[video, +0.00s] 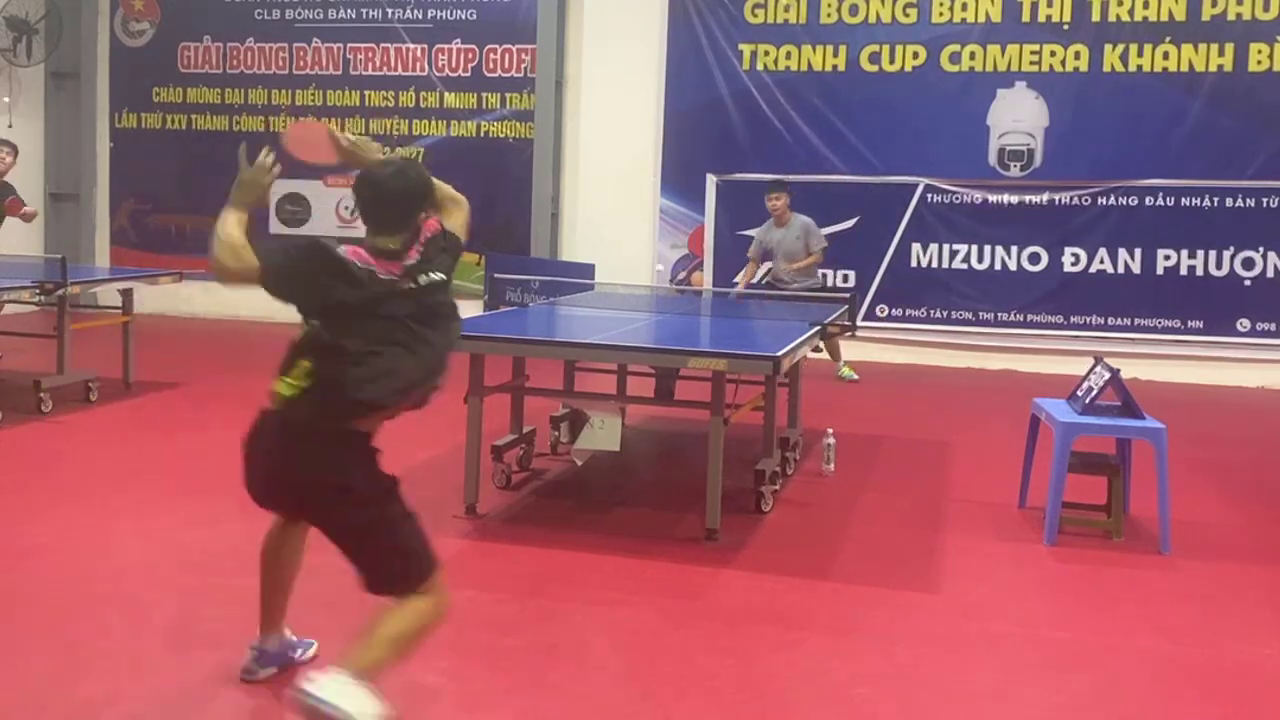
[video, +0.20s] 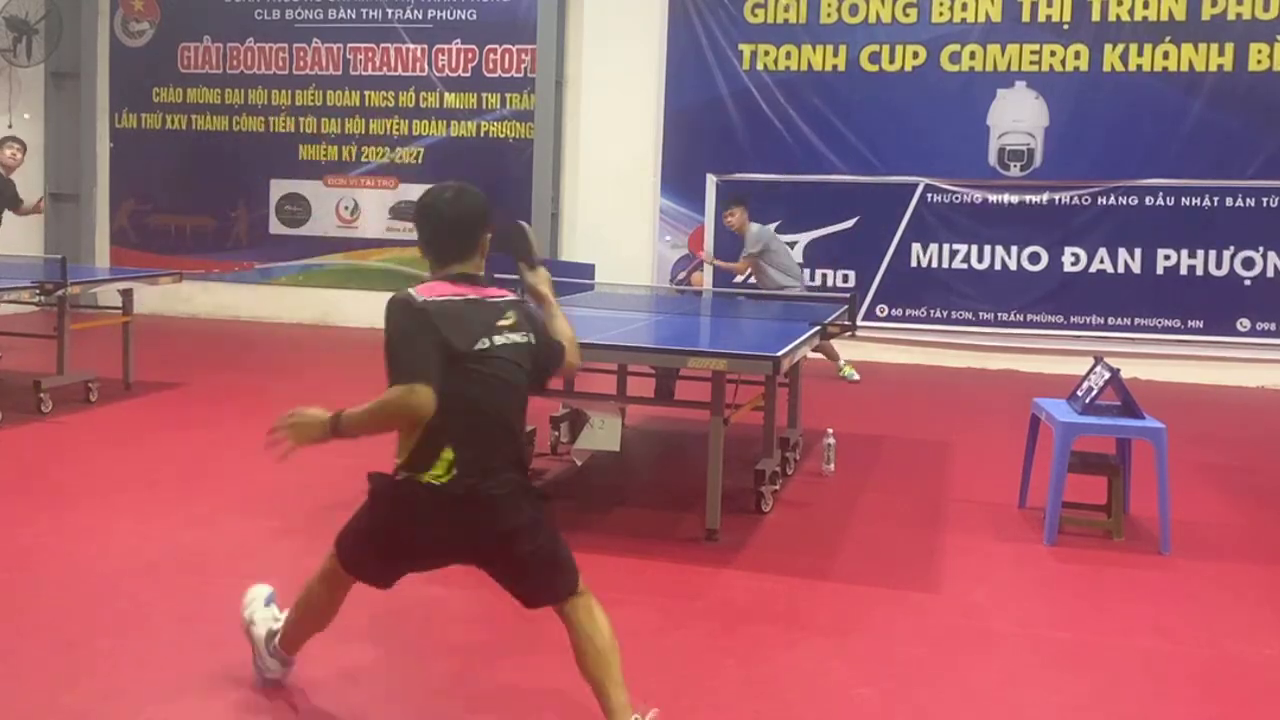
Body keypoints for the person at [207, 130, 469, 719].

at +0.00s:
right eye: (425, 202)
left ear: (360, 215)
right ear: (421, 219)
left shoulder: (324, 265)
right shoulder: (432, 267)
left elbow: (229, 259)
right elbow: (455, 205)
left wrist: (240, 201)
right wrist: (388, 163)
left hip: (272, 443)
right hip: (339, 459)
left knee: (294, 516)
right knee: (427, 597)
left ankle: (269, 642)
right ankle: (343, 680)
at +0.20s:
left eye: (422, 237)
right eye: (484, 236)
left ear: (422, 245)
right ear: (484, 243)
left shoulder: (413, 305)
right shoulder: (517, 308)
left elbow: (416, 401)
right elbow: (565, 353)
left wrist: (330, 423)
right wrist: (546, 298)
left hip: (419, 500)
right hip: (505, 503)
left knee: (338, 570)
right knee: (575, 600)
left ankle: (278, 651)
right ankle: (624, 715)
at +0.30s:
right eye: (515, 201)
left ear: (447, 207)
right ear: (512, 208)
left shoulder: (429, 266)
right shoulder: (556, 289)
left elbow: (414, 342)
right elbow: (608, 358)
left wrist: (335, 371)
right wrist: (599, 299)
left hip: (433, 475)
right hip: (528, 485)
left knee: (340, 545)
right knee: (575, 586)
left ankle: (304, 692)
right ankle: (630, 715)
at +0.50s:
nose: (541, 162)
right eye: (540, 153)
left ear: (463, 159)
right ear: (535, 163)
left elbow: (327, 303)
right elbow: (617, 384)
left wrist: (333, 369)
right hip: (504, 463)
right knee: (573, 632)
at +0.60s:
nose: (561, 204)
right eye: (561, 194)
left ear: (479, 200)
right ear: (552, 205)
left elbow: (334, 391)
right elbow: (605, 465)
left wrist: (379, 431)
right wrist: (628, 474)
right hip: (482, 534)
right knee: (563, 709)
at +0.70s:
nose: (575, 280)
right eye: (575, 267)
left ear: (488, 270)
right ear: (569, 279)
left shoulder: (437, 346)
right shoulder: (554, 385)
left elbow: (369, 446)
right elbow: (534, 533)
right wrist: (619, 616)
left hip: (343, 588)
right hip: (445, 607)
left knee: (309, 714)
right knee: (569, 715)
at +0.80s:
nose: (564, 289)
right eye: (565, 277)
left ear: (476, 277)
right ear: (555, 291)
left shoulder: (430, 347)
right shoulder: (498, 392)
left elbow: (415, 494)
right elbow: (407, 520)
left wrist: (522, 529)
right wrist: (469, 671)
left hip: (286, 607)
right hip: (370, 624)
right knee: (512, 714)